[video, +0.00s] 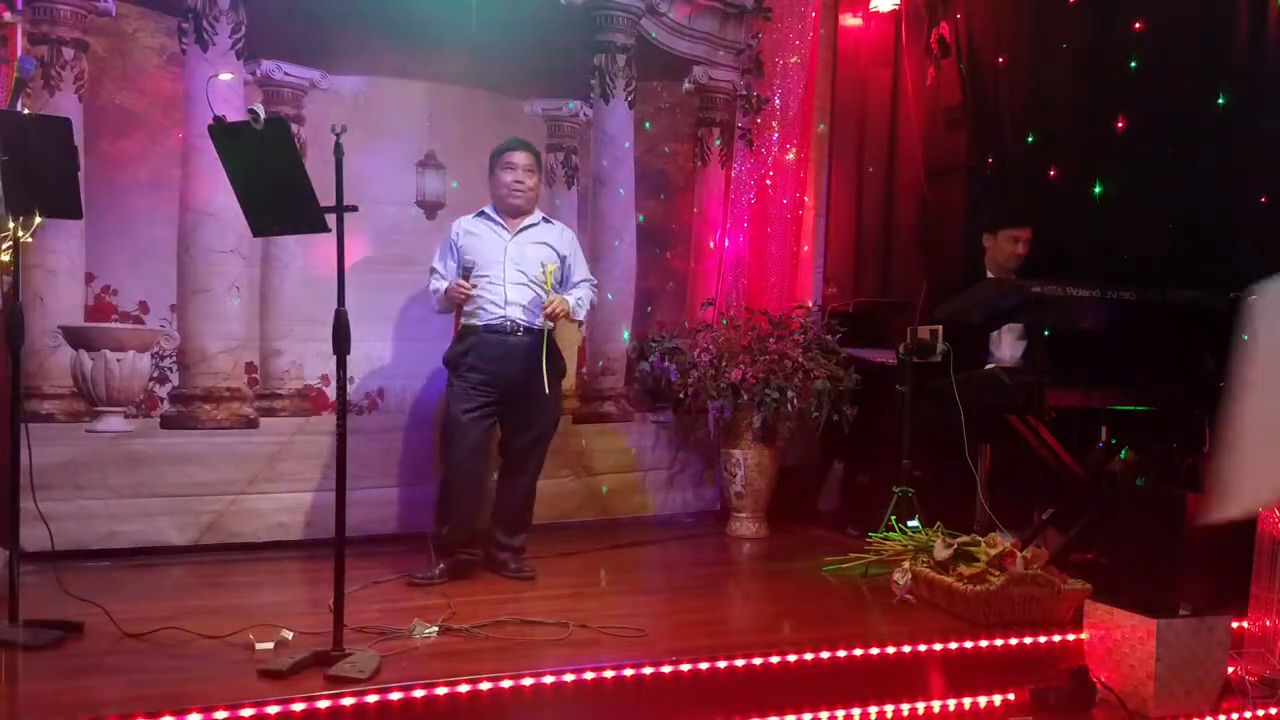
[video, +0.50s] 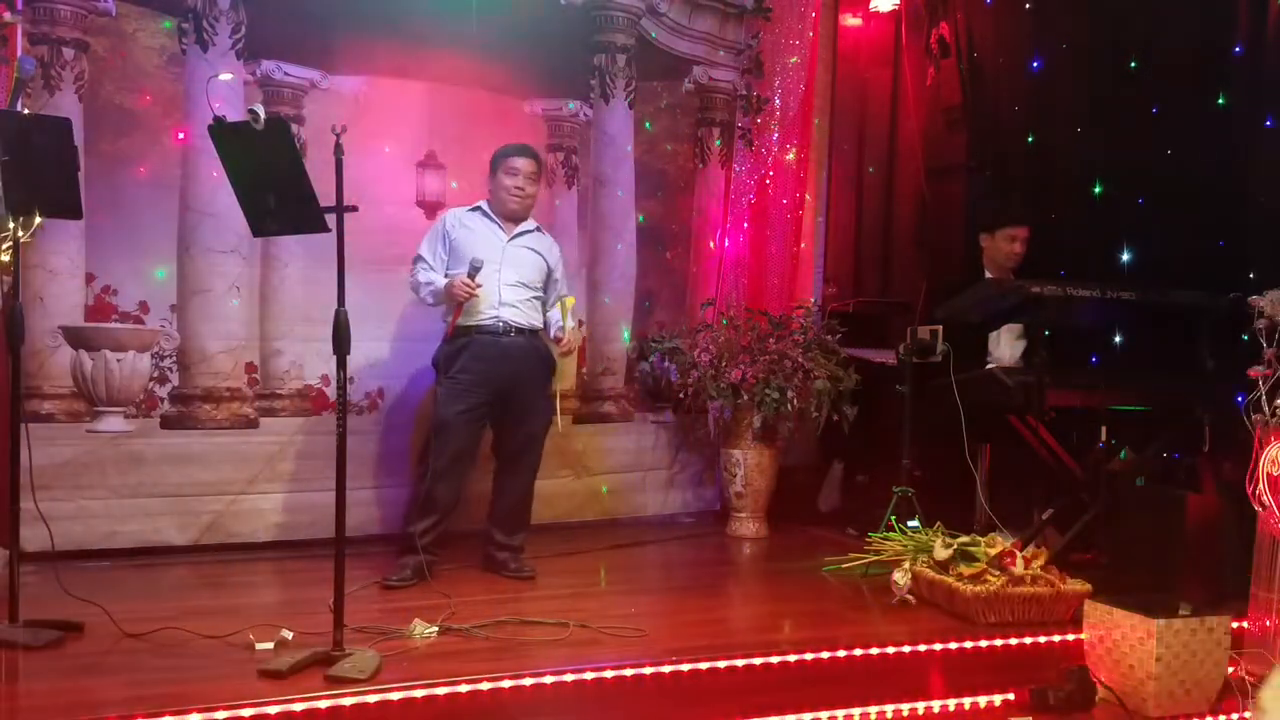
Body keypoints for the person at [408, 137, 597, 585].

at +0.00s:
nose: (519, 178)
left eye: (529, 171)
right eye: (509, 169)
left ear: (540, 182)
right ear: (491, 179)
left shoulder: (559, 236)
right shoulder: (465, 229)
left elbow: (584, 286)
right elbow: (438, 289)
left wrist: (570, 303)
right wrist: (449, 293)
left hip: (535, 354)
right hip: (477, 351)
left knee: (523, 460)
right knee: (463, 452)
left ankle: (507, 550)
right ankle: (457, 553)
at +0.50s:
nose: (522, 185)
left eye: (531, 178)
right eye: (512, 175)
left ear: (539, 188)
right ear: (491, 179)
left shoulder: (546, 245)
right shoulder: (454, 223)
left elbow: (555, 304)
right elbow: (421, 277)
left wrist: (563, 327)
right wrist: (444, 288)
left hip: (529, 355)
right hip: (471, 352)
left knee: (520, 461)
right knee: (447, 455)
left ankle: (506, 551)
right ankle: (417, 554)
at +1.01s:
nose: (462, 177)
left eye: (473, 170)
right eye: (454, 169)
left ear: (491, 183)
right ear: (441, 178)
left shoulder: (504, 241)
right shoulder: (412, 222)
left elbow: (521, 305)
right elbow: (380, 280)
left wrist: (547, 332)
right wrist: (408, 285)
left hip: (485, 352)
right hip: (426, 349)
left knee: (494, 453)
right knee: (417, 452)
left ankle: (502, 550)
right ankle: (413, 555)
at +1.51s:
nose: (428, 171)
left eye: (438, 164)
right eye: (417, 163)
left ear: (452, 176)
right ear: (400, 174)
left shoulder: (475, 235)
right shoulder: (376, 226)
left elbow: (490, 300)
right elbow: (351, 297)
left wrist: (501, 305)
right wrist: (374, 290)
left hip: (460, 352)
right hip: (400, 351)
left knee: (486, 444)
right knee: (402, 455)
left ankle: (488, 552)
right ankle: (409, 557)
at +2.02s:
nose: (414, 168)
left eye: (425, 159)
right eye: (405, 162)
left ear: (449, 168)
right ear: (397, 174)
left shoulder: (487, 221)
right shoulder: (384, 234)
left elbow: (516, 273)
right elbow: (362, 303)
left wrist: (514, 302)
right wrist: (380, 299)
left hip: (480, 350)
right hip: (418, 353)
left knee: (504, 452)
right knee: (413, 459)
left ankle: (519, 550)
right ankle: (412, 557)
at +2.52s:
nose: (455, 172)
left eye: (467, 164)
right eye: (447, 164)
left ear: (488, 175)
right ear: (437, 175)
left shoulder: (517, 230)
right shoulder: (418, 226)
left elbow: (545, 282)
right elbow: (390, 293)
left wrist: (541, 296)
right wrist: (410, 284)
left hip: (501, 353)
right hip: (440, 352)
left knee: (511, 456)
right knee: (426, 456)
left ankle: (520, 553)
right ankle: (413, 557)